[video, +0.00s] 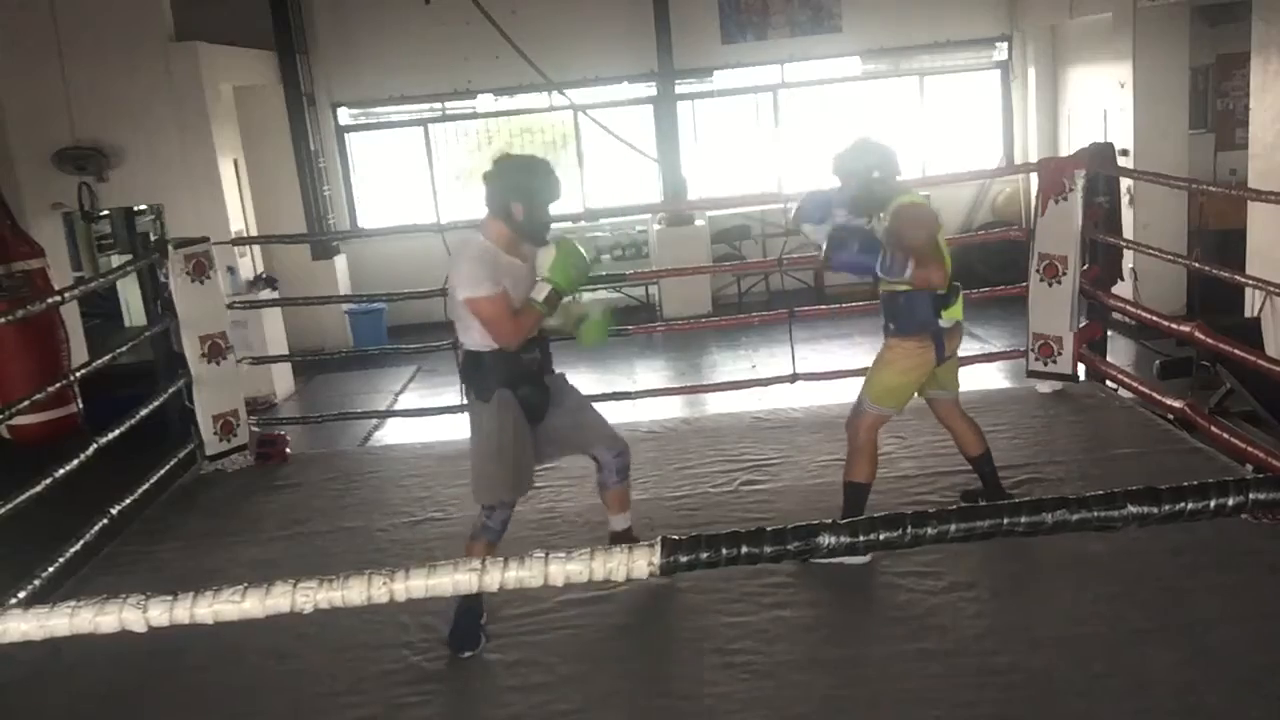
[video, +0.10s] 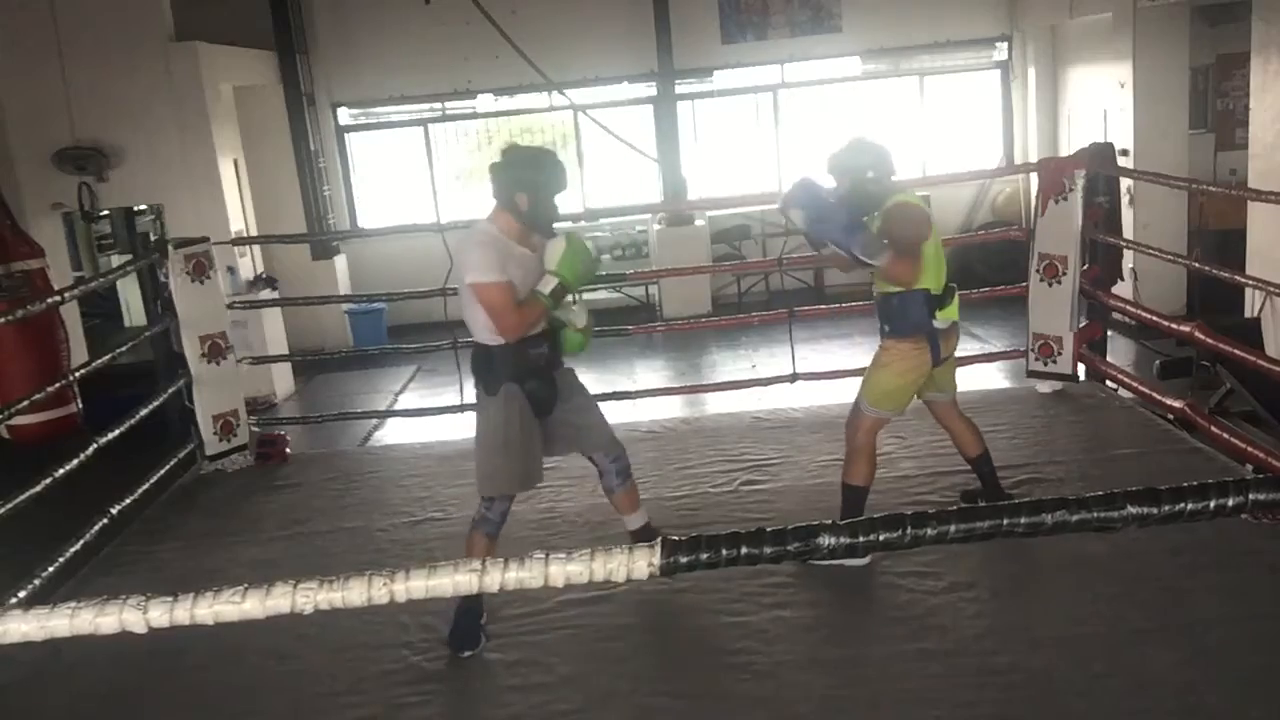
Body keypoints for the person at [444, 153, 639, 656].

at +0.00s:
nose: (549, 215)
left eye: (551, 204)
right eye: (542, 204)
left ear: (519, 204)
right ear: (512, 204)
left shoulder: (527, 252)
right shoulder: (473, 261)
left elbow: (528, 321)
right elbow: (509, 335)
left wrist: (576, 323)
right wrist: (556, 290)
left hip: (541, 383)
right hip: (496, 396)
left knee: (613, 452)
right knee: (497, 512)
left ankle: (623, 545)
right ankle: (469, 603)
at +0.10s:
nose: (557, 206)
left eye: (558, 195)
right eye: (550, 195)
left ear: (527, 194)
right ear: (520, 194)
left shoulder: (537, 243)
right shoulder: (480, 247)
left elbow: (533, 316)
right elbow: (508, 324)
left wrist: (563, 334)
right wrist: (560, 278)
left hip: (550, 373)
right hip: (505, 383)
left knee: (611, 457)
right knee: (496, 502)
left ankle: (646, 544)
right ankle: (469, 604)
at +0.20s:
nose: (568, 207)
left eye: (569, 197)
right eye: (561, 196)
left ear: (540, 198)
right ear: (533, 197)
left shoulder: (551, 246)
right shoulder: (498, 251)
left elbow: (557, 311)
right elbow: (534, 325)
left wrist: (596, 311)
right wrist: (580, 281)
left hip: (560, 379)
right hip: (516, 387)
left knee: (610, 464)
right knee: (501, 501)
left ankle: (657, 544)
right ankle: (469, 603)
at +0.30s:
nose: (583, 209)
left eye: (583, 199)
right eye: (575, 199)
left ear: (560, 200)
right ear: (547, 199)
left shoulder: (563, 248)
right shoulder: (511, 254)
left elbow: (565, 313)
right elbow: (555, 326)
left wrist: (611, 299)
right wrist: (599, 282)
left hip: (570, 384)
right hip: (527, 391)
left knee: (621, 467)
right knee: (510, 507)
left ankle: (669, 550)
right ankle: (471, 604)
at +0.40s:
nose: (601, 207)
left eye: (602, 199)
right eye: (597, 198)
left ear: (572, 197)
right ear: (575, 196)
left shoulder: (567, 245)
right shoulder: (544, 245)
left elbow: (576, 316)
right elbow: (578, 323)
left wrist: (626, 293)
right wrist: (624, 287)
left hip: (577, 381)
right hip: (541, 386)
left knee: (636, 460)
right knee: (526, 506)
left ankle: (673, 548)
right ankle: (474, 594)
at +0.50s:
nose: (601, 206)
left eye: (599, 196)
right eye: (598, 197)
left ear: (558, 195)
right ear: (583, 196)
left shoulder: (548, 239)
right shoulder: (566, 241)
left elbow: (587, 296)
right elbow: (615, 301)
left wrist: (630, 276)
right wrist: (640, 272)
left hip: (581, 379)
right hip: (550, 384)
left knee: (639, 458)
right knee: (539, 500)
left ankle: (675, 549)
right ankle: (476, 592)